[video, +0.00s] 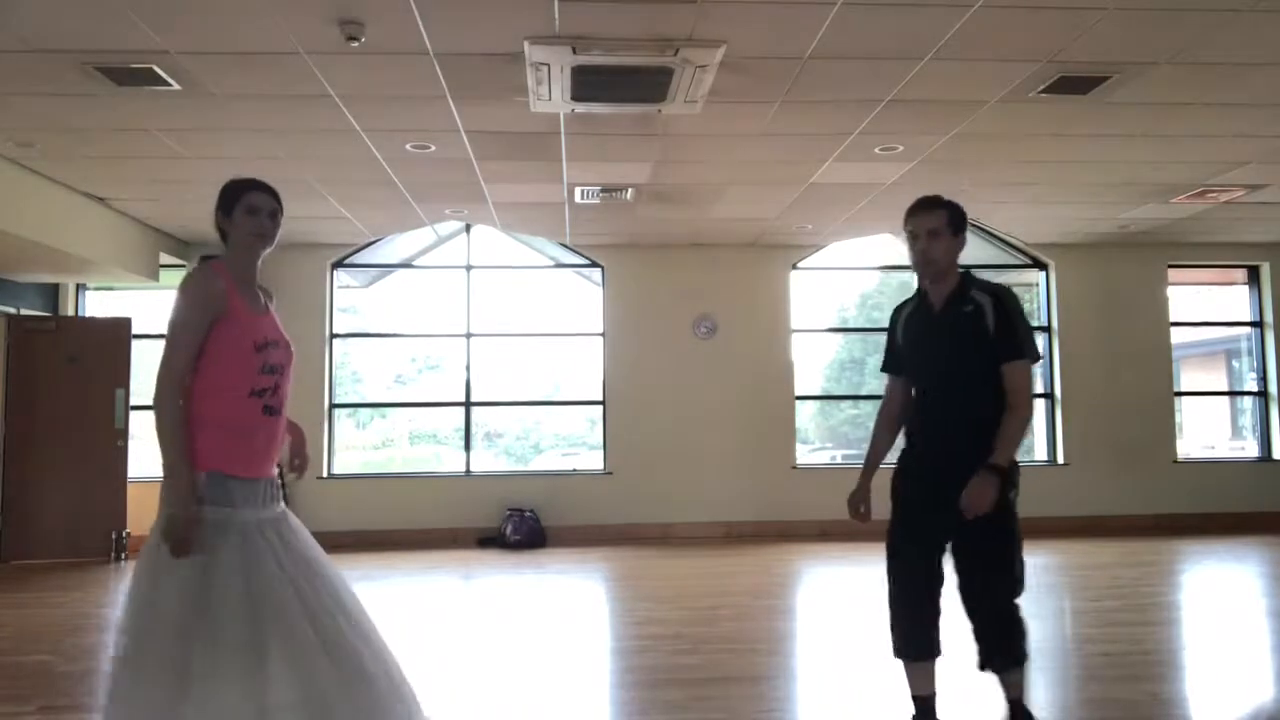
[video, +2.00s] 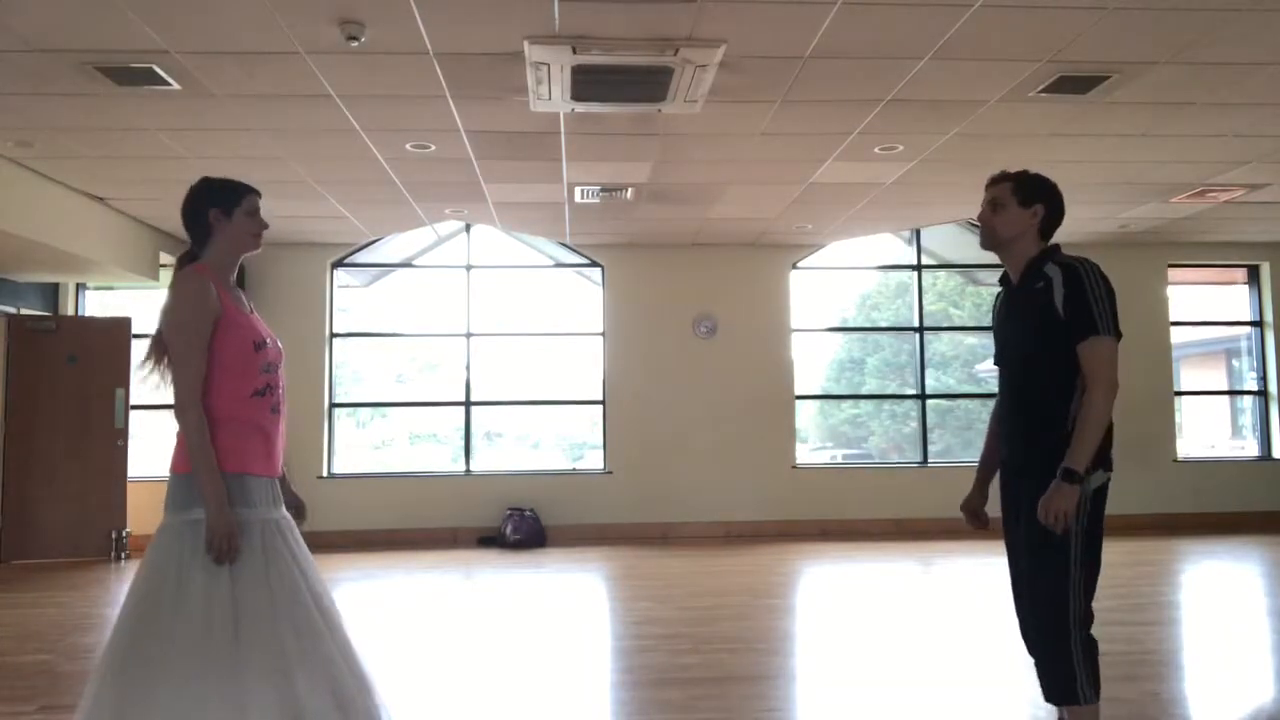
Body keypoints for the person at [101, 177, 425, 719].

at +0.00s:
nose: (265, 223)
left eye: (273, 216)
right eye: (252, 212)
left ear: (279, 229)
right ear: (224, 220)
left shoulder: (262, 297)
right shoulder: (207, 284)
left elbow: (240, 390)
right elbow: (169, 387)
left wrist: (288, 427)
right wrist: (178, 489)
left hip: (261, 498)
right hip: (213, 498)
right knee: (213, 655)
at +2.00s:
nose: (263, 225)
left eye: (261, 215)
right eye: (253, 215)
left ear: (224, 220)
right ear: (218, 218)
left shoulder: (235, 295)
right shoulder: (196, 286)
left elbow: (245, 401)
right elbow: (187, 402)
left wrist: (280, 483)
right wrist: (216, 505)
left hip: (256, 492)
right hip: (221, 493)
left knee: (263, 647)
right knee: (224, 649)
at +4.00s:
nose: (255, 235)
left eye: (256, 226)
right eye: (246, 223)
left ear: (219, 228)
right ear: (208, 223)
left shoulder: (229, 298)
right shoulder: (186, 291)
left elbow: (244, 405)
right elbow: (184, 407)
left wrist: (271, 497)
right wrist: (212, 507)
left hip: (253, 497)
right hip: (216, 498)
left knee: (257, 653)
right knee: (218, 655)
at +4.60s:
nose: (258, 235)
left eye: (258, 226)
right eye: (248, 223)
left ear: (217, 228)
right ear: (209, 224)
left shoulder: (230, 300)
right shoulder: (189, 293)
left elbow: (239, 405)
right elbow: (186, 408)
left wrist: (270, 494)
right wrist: (214, 508)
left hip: (256, 497)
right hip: (219, 499)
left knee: (260, 655)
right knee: (220, 658)